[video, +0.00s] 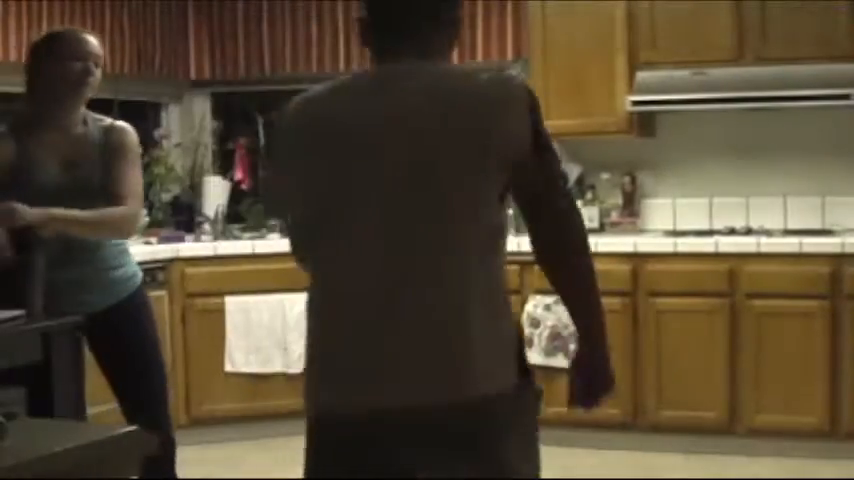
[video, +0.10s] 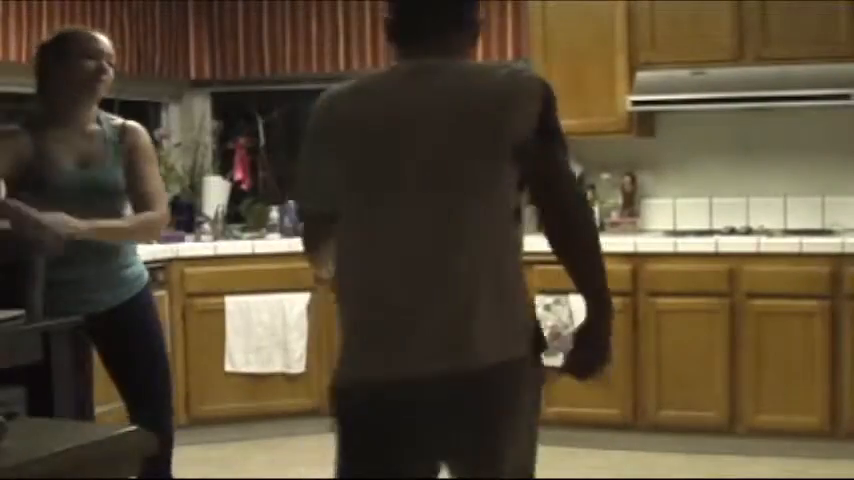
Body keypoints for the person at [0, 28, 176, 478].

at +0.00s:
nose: (89, 71)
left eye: (96, 64)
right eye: (76, 61)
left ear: (102, 75)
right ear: (43, 67)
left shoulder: (117, 136)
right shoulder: (13, 137)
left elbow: (129, 219)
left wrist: (45, 217)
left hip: (113, 296)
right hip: (38, 303)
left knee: (154, 425)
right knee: (52, 434)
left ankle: (161, 478)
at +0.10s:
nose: (106, 68)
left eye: (110, 61)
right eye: (91, 58)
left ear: (115, 73)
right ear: (55, 69)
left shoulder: (129, 135)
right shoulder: (21, 142)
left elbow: (156, 220)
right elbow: (2, 204)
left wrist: (77, 227)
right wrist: (22, 221)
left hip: (123, 298)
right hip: (51, 306)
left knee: (156, 420)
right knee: (62, 432)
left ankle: (155, 477)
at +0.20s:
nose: (121, 69)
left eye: (124, 62)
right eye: (108, 60)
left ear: (127, 74)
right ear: (71, 70)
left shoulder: (142, 136)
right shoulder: (44, 138)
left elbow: (177, 217)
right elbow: (5, 192)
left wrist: (139, 246)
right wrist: (71, 214)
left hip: (134, 300)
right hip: (67, 304)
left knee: (159, 416)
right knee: (75, 427)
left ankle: (154, 476)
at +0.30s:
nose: (138, 73)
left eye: (141, 66)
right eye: (125, 63)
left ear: (146, 77)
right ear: (91, 74)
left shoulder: (156, 138)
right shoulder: (71, 139)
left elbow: (184, 214)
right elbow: (31, 200)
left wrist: (176, 257)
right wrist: (120, 218)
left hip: (146, 303)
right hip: (86, 304)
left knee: (166, 415)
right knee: (90, 424)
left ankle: (150, 477)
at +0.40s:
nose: (159, 79)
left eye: (161, 71)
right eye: (147, 70)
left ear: (164, 79)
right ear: (113, 80)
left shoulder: (165, 139)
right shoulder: (101, 143)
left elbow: (186, 210)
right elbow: (88, 214)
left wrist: (200, 249)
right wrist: (189, 228)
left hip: (160, 300)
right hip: (105, 304)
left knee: (182, 412)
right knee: (104, 423)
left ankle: (154, 477)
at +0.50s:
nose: (177, 81)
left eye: (179, 73)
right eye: (164, 73)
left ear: (179, 80)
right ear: (130, 82)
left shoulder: (170, 140)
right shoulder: (124, 143)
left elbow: (185, 211)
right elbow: (138, 213)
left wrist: (213, 251)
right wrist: (237, 230)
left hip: (170, 296)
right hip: (126, 297)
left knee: (193, 410)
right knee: (135, 420)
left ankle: (159, 476)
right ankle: (120, 477)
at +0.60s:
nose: (196, 77)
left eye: (197, 69)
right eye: (183, 69)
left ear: (195, 78)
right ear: (149, 78)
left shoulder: (175, 135)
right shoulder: (151, 137)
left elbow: (181, 214)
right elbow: (176, 207)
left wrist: (225, 251)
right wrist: (262, 227)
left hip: (168, 286)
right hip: (146, 288)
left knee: (188, 406)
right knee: (184, 408)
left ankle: (146, 471)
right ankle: (156, 474)